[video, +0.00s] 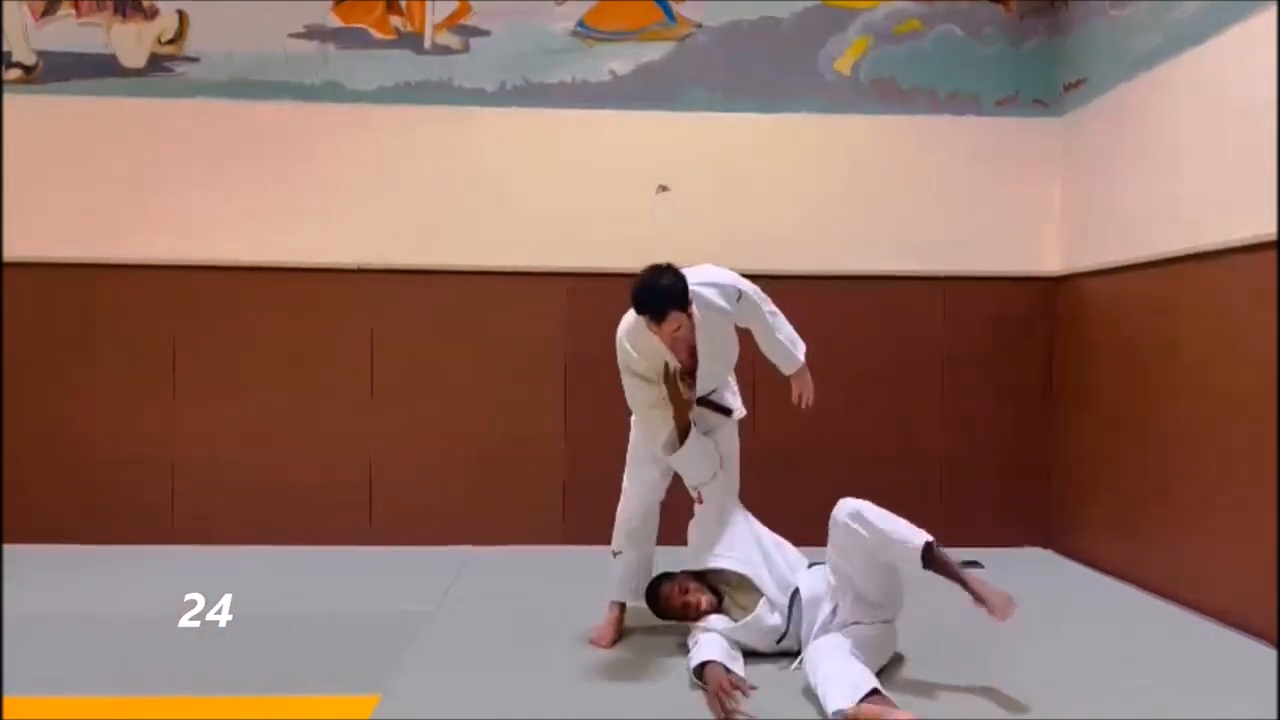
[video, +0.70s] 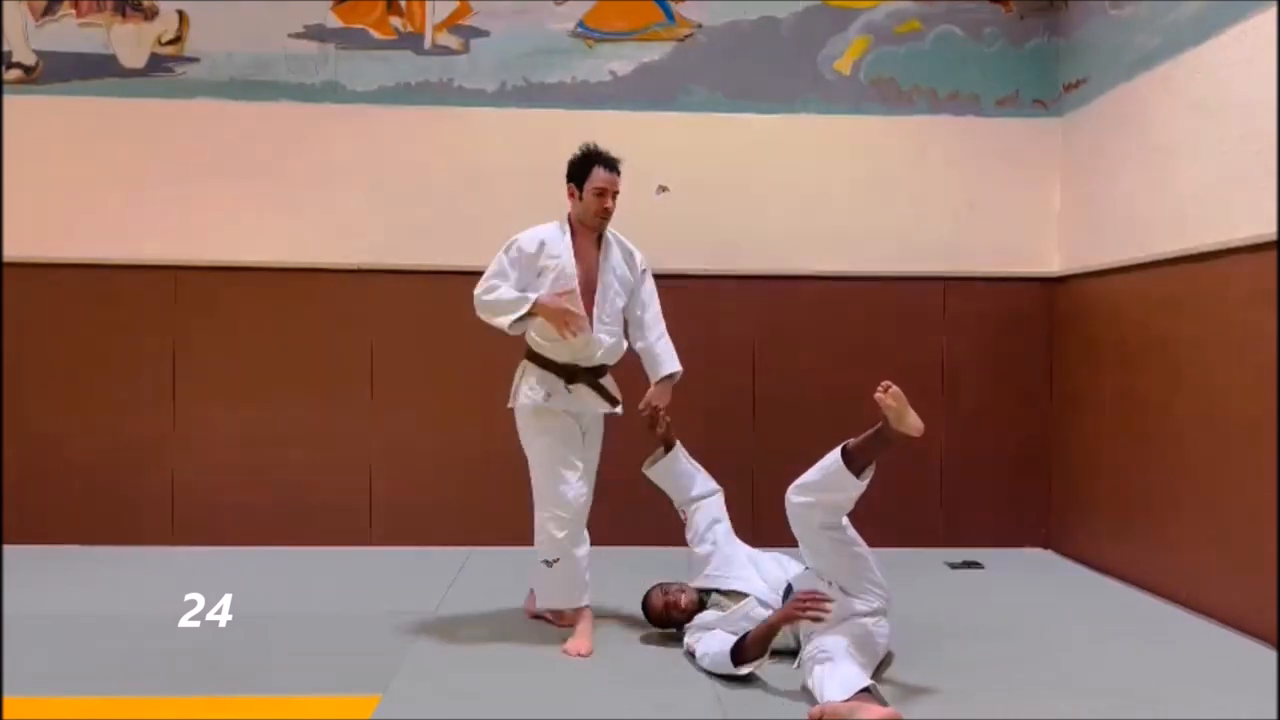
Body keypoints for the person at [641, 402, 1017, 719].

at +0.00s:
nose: (689, 602)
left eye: (682, 592)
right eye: (681, 609)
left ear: (689, 573)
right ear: (684, 617)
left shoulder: (725, 542)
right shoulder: (718, 626)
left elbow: (713, 475)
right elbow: (707, 644)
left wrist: (687, 414)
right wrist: (711, 670)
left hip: (857, 585)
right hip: (845, 638)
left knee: (849, 512)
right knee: (820, 658)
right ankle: (878, 708)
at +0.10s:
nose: (688, 601)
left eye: (682, 591)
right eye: (679, 609)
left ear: (690, 576)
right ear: (683, 618)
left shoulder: (730, 550)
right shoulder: (713, 627)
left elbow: (714, 480)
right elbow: (706, 647)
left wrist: (686, 426)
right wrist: (715, 675)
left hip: (852, 585)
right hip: (842, 639)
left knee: (834, 510)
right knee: (819, 658)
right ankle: (870, 709)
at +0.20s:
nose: (686, 602)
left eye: (680, 592)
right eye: (677, 610)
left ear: (688, 577)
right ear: (681, 621)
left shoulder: (727, 543)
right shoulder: (710, 628)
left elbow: (712, 480)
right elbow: (704, 651)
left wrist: (683, 430)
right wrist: (717, 673)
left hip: (847, 585)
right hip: (839, 636)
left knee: (825, 507)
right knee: (819, 657)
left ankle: (957, 495)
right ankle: (868, 710)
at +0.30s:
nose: (679, 599)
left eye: (673, 590)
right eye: (672, 609)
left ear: (683, 575)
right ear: (678, 621)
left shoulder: (720, 542)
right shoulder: (709, 627)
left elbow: (708, 475)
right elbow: (707, 653)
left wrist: (686, 423)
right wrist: (727, 675)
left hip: (848, 582)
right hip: (840, 635)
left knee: (813, 505)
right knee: (818, 658)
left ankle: (929, 471)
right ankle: (867, 707)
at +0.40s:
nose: (679, 598)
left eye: (671, 589)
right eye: (671, 608)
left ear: (679, 576)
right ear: (678, 621)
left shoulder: (720, 546)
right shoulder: (705, 632)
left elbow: (704, 485)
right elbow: (715, 660)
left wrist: (680, 427)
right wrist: (751, 664)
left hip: (845, 581)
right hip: (841, 634)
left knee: (804, 504)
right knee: (819, 655)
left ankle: (908, 451)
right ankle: (864, 704)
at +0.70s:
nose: (674, 600)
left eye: (668, 592)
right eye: (668, 610)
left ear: (676, 582)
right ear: (677, 624)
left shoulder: (713, 552)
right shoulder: (703, 634)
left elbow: (698, 496)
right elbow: (733, 657)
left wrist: (666, 438)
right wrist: (778, 619)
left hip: (845, 580)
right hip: (836, 632)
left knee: (803, 500)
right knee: (822, 661)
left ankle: (891, 431)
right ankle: (863, 704)